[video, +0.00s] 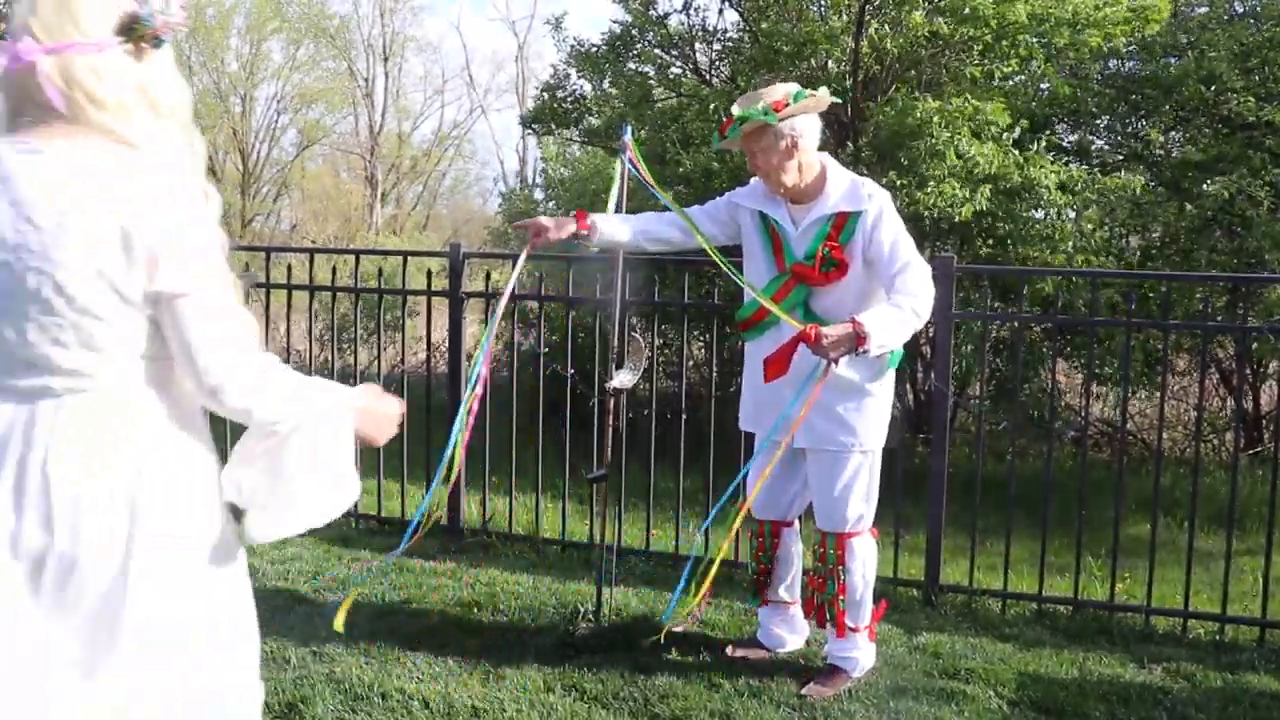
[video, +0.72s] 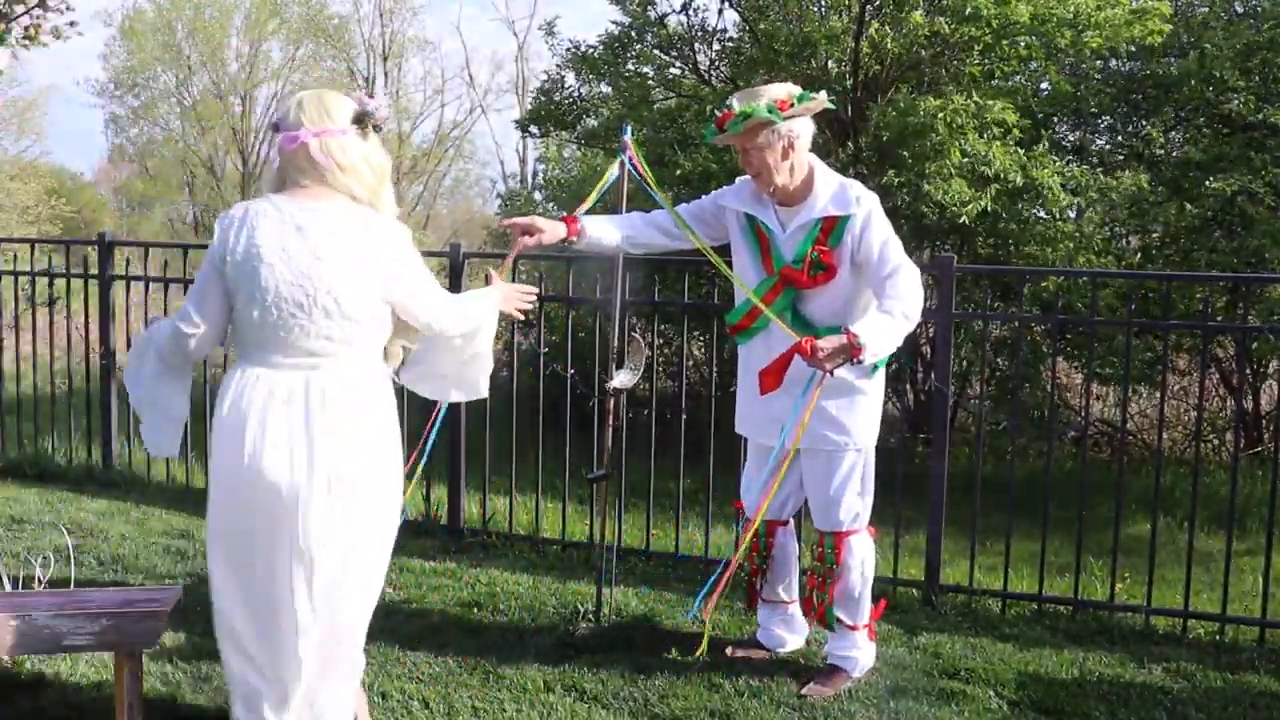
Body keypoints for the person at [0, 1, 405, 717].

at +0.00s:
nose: (164, 55)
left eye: (160, 35)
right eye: (153, 37)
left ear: (17, 59)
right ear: (121, 57)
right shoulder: (149, 179)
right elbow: (227, 372)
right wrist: (349, 408)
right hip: (123, 459)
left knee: (27, 677)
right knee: (156, 684)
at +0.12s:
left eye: (71, 82)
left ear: (86, 97)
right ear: (181, 94)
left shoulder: (26, 200)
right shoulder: (199, 202)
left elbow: (10, 348)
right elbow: (277, 370)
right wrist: (395, 384)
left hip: (36, 439)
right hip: (166, 453)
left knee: (36, 661)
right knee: (173, 668)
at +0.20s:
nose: (101, 110)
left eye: (109, 98)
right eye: (107, 96)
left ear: (122, 113)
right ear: (209, 111)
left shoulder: (69, 213)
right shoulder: (237, 214)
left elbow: (46, 350)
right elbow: (308, 372)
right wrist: (422, 378)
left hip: (73, 446)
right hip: (201, 460)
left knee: (70, 668)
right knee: (202, 673)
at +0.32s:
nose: (162, 118)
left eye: (168, 109)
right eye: (279, 113)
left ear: (176, 123)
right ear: (265, 121)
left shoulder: (130, 214)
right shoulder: (285, 213)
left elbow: (108, 351)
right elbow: (356, 359)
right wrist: (450, 364)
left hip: (148, 431)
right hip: (259, 438)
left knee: (133, 635)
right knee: (255, 650)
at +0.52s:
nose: (230, 119)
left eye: (238, 109)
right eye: (236, 107)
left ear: (250, 123)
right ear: (325, 125)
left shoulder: (198, 205)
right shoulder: (348, 211)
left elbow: (159, 330)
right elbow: (408, 324)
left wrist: (159, 421)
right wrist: (472, 323)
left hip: (222, 397)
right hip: (324, 401)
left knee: (214, 573)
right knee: (316, 577)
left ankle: (202, 703)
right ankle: (304, 705)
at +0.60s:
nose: (248, 130)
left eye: (255, 119)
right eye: (253, 119)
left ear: (269, 132)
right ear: (342, 134)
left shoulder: (217, 208)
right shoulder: (365, 218)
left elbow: (178, 328)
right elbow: (423, 316)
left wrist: (151, 357)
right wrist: (480, 307)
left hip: (233, 389)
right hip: (336, 394)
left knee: (234, 571)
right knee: (334, 573)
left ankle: (229, 703)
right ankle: (322, 704)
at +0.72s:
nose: (267, 148)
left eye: (274, 139)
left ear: (284, 152)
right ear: (357, 151)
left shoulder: (242, 223)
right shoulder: (379, 233)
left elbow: (198, 332)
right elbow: (434, 314)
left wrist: (152, 343)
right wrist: (492, 300)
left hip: (256, 402)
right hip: (352, 407)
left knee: (256, 579)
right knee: (341, 581)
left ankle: (260, 703)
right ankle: (332, 701)